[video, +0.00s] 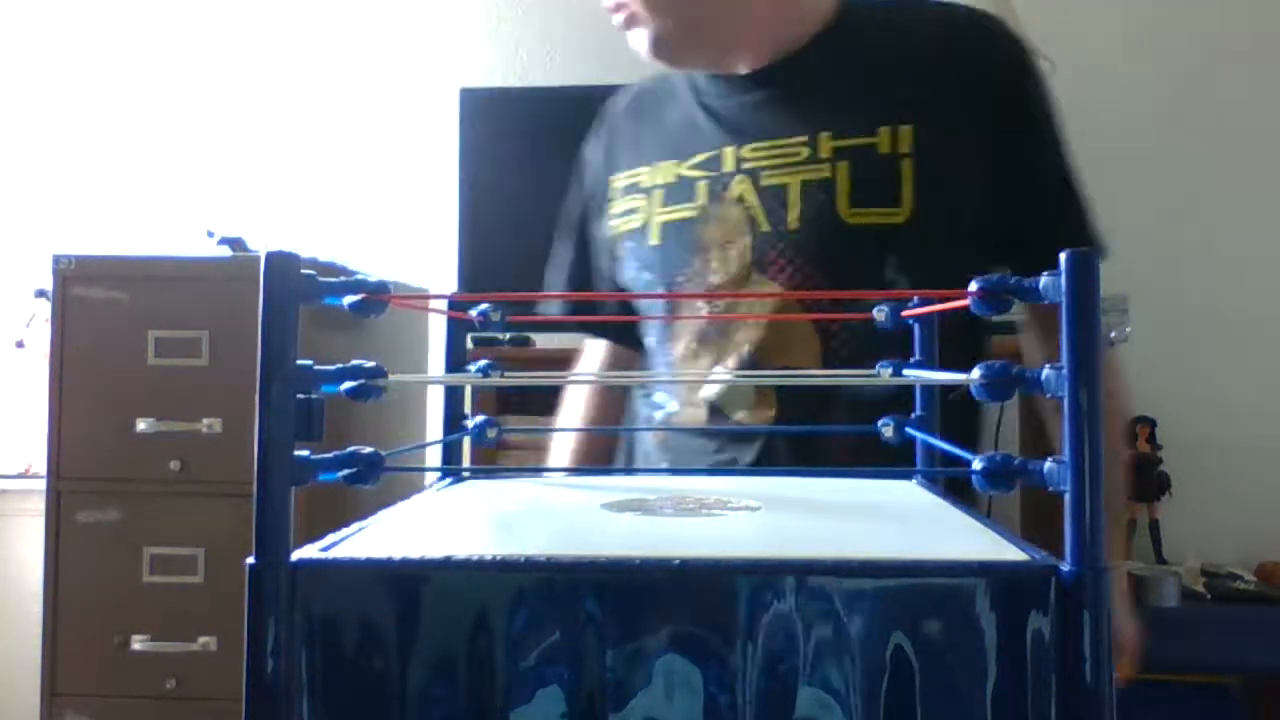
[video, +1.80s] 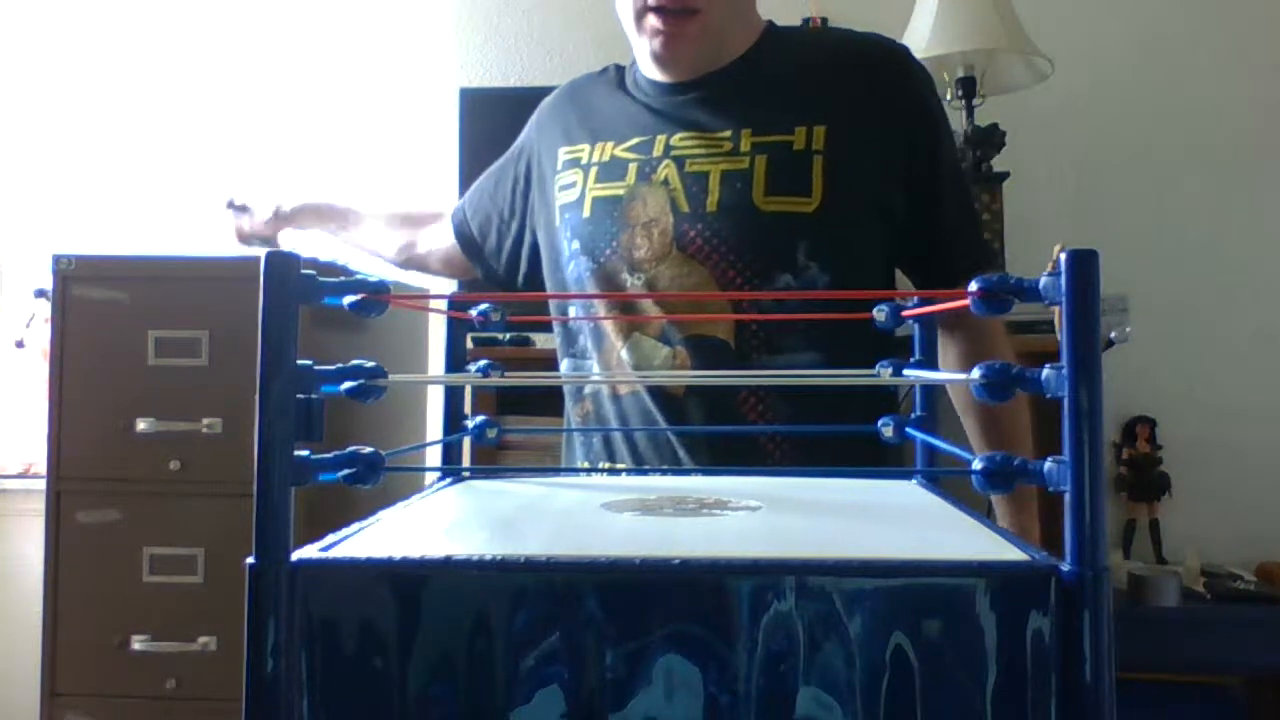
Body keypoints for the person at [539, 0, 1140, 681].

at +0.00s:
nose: (610, 0)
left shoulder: (964, 64)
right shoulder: (622, 127)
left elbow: (1067, 345)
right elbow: (603, 361)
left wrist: (1102, 572)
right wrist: (547, 546)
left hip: (900, 589)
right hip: (668, 590)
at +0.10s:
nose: (656, 3)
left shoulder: (998, 53)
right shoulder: (700, 125)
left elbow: (1143, 331)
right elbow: (706, 345)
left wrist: (1187, 576)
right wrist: (613, 510)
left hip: (960, 606)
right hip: (726, 603)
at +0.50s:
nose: (680, 6)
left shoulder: (1000, 44)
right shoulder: (767, 126)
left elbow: (1162, 323)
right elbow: (777, 367)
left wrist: (1187, 609)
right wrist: (631, 441)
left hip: (969, 606)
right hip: (769, 600)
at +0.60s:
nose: (674, 7)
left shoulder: (990, 44)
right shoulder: (752, 125)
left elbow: (1145, 321)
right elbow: (756, 354)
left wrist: (1177, 599)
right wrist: (566, 374)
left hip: (962, 605)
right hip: (752, 603)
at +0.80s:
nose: (650, 3)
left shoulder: (966, 50)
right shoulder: (708, 125)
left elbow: (1115, 318)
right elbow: (653, 313)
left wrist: (1167, 581)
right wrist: (463, 248)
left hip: (935, 598)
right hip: (720, 596)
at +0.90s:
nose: (652, 3)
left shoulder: (939, 55)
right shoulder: (668, 130)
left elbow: (1091, 310)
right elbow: (562, 264)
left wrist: (1144, 562)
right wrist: (394, 211)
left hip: (916, 585)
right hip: (695, 585)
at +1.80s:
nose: (651, 2)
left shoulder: (873, 83)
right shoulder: (561, 123)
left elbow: (965, 319)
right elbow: (450, 251)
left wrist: (1020, 510)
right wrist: (301, 224)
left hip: (832, 532)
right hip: (613, 535)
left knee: (833, 703)